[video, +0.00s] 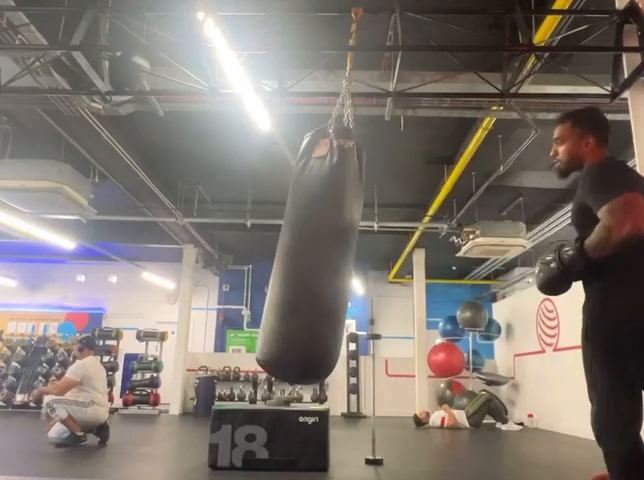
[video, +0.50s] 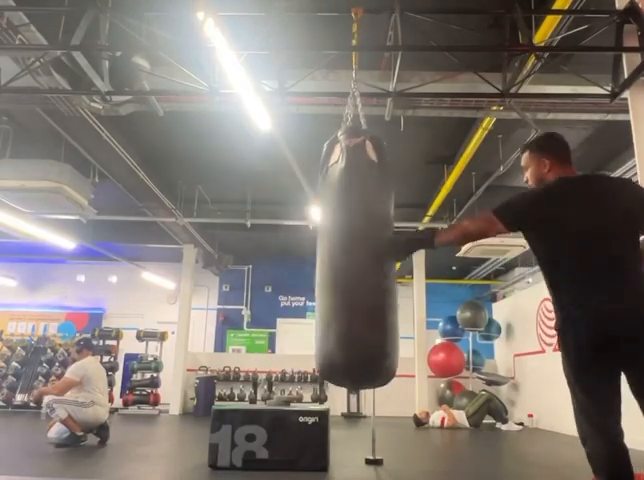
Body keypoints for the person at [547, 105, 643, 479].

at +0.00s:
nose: (553, 150)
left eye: (560, 141)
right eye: (554, 142)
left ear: (588, 141)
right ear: (591, 143)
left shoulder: (600, 173)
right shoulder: (620, 174)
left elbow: (622, 221)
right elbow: (626, 227)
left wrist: (572, 263)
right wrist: (572, 258)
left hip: (616, 309)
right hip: (625, 306)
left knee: (614, 414)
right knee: (621, 409)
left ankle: (623, 470)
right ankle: (626, 468)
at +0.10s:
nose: (554, 157)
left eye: (560, 147)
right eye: (554, 149)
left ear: (589, 145)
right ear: (592, 148)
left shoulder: (602, 175)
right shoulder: (623, 180)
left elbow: (618, 223)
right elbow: (615, 259)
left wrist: (571, 256)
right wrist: (569, 276)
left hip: (621, 314)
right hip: (627, 311)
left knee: (619, 417)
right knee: (627, 412)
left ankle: (623, 469)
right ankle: (626, 468)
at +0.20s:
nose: (551, 162)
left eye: (555, 152)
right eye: (550, 155)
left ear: (583, 149)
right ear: (588, 152)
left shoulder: (597, 178)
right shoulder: (631, 181)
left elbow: (587, 224)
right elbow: (633, 244)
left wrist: (527, 252)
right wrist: (589, 267)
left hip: (615, 308)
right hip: (634, 306)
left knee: (606, 413)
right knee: (615, 406)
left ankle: (617, 470)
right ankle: (619, 468)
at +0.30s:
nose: (545, 169)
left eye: (548, 158)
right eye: (544, 160)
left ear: (573, 153)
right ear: (584, 155)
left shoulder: (581, 186)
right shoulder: (635, 185)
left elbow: (535, 227)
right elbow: (631, 246)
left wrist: (487, 235)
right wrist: (584, 267)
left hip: (609, 315)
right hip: (643, 311)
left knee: (606, 421)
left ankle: (619, 472)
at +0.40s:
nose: (535, 174)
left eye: (537, 164)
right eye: (534, 166)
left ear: (561, 158)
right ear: (571, 159)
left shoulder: (554, 195)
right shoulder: (632, 186)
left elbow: (498, 226)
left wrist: (448, 232)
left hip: (598, 325)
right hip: (639, 320)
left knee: (608, 433)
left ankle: (619, 475)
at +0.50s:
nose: (526, 179)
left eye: (527, 169)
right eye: (524, 171)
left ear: (546, 163)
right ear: (565, 162)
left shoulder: (535, 202)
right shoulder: (625, 190)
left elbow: (470, 229)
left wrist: (421, 240)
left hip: (586, 333)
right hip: (637, 323)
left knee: (602, 434)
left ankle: (617, 476)